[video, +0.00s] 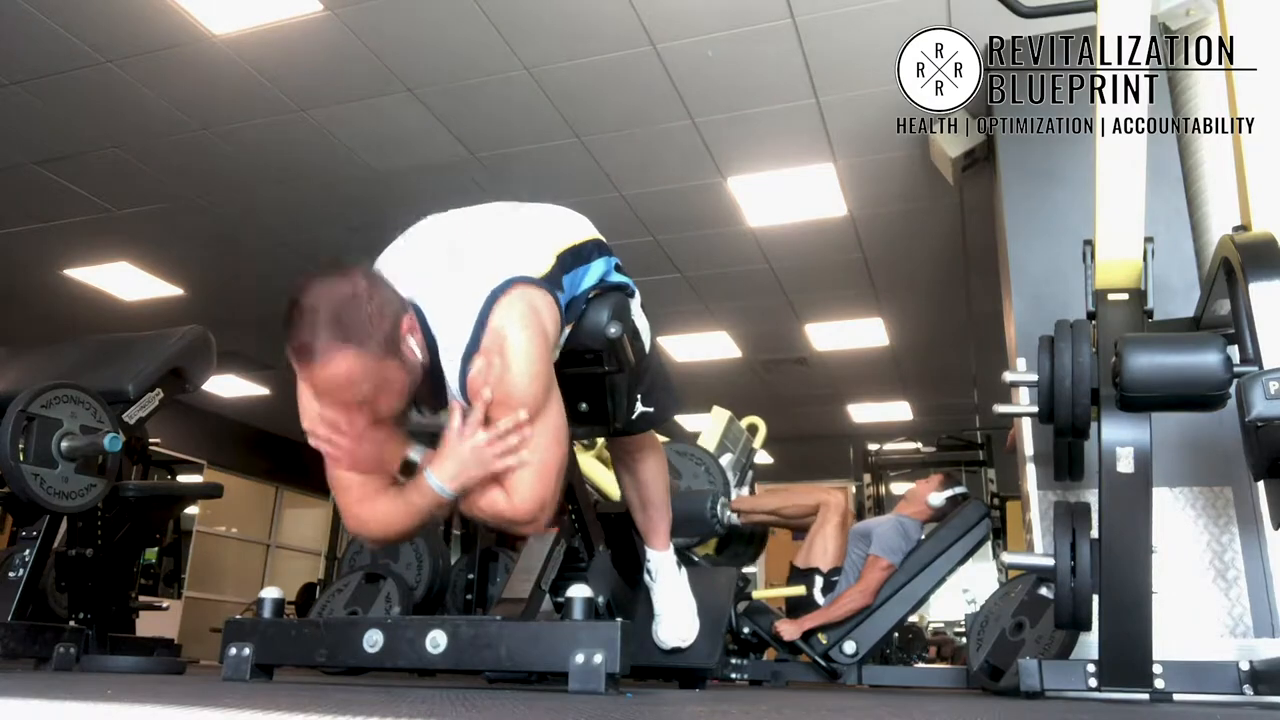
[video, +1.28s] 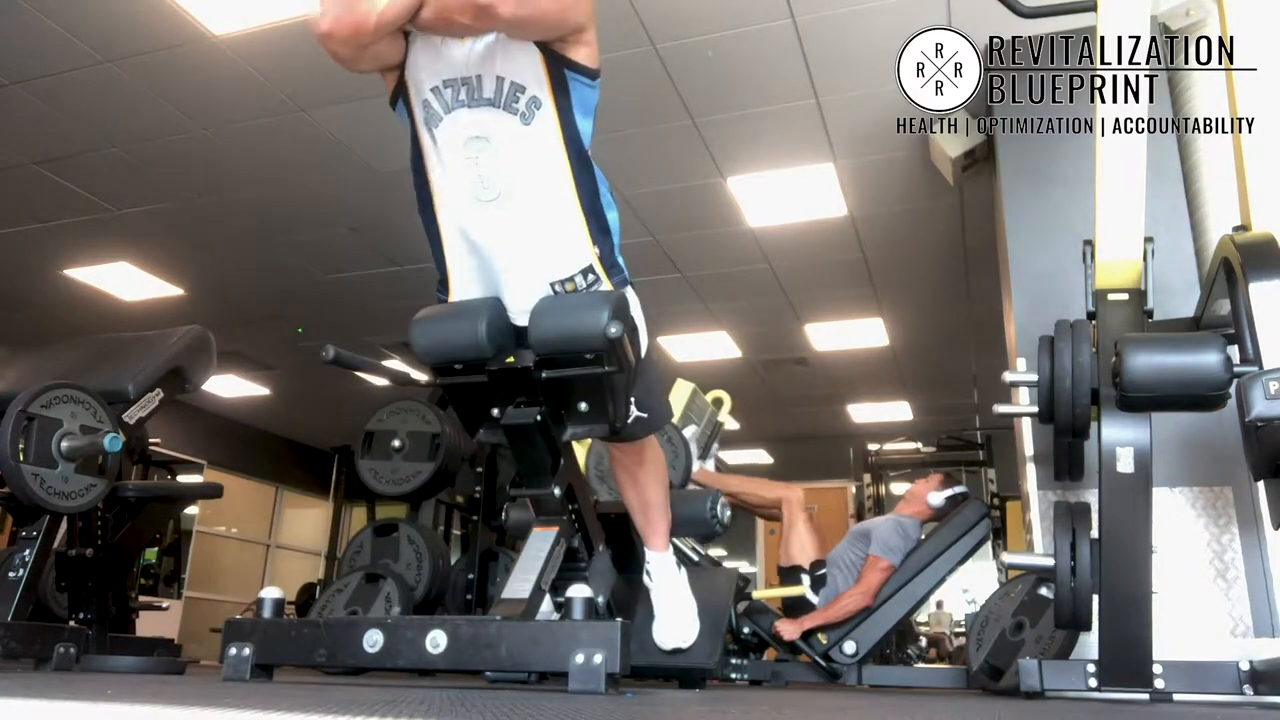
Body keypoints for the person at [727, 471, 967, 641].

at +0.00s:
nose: (919, 480)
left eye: (929, 480)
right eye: (928, 477)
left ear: (933, 498)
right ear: (935, 503)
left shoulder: (896, 528)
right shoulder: (905, 527)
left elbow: (865, 593)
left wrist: (801, 624)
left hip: (817, 605)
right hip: (823, 600)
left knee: (834, 499)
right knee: (834, 501)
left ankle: (729, 503)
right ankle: (740, 512)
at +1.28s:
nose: (919, 479)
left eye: (928, 480)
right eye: (927, 477)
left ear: (930, 498)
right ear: (932, 505)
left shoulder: (895, 528)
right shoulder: (902, 526)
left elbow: (865, 595)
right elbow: (865, 592)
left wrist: (801, 624)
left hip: (812, 602)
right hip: (818, 596)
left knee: (794, 497)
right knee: (794, 504)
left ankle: (698, 472)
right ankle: (717, 486)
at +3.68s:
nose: (907, 478)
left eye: (919, 478)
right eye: (912, 472)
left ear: (933, 499)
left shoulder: (901, 528)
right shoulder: (905, 526)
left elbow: (864, 595)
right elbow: (865, 591)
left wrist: (801, 624)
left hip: (816, 603)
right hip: (821, 598)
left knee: (814, 497)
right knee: (807, 502)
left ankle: (716, 487)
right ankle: (724, 498)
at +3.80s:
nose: (901, 478)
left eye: (912, 476)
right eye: (905, 472)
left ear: (929, 495)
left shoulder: (899, 529)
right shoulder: (905, 527)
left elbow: (863, 596)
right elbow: (863, 592)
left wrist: (800, 625)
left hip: (814, 603)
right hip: (818, 600)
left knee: (806, 496)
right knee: (800, 503)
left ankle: (709, 480)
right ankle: (723, 494)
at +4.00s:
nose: (889, 479)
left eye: (898, 474)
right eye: (893, 472)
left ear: (917, 488)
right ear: (914, 489)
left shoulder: (895, 528)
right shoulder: (901, 526)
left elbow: (865, 595)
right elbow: (866, 592)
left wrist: (802, 625)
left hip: (812, 602)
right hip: (817, 594)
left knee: (790, 498)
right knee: (787, 501)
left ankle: (698, 471)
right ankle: (712, 481)